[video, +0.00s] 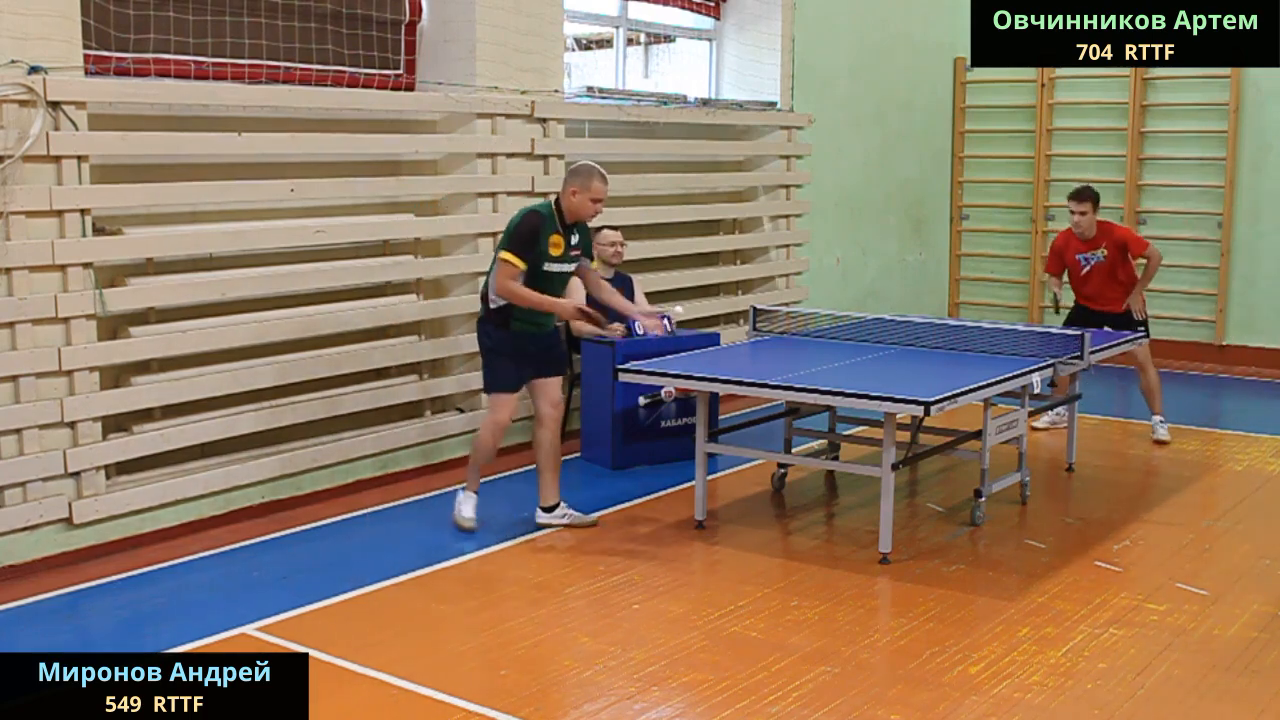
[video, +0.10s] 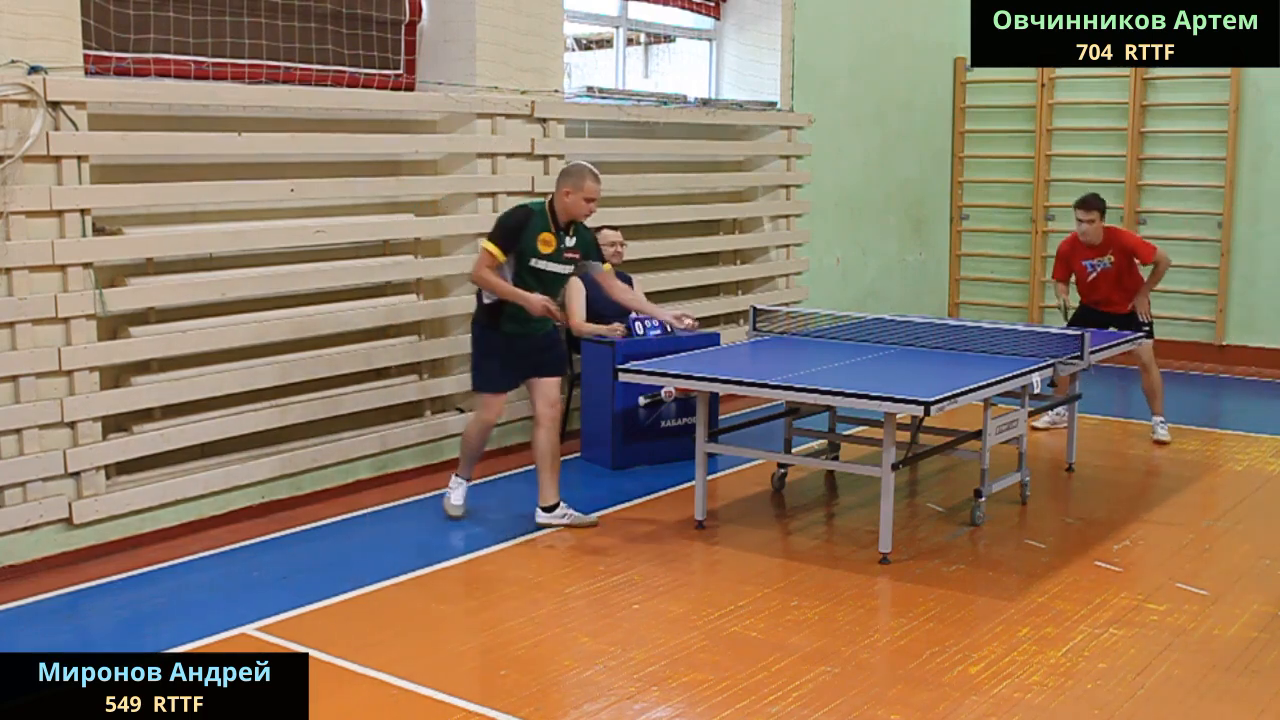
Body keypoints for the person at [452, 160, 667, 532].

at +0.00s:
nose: (599, 210)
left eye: (602, 203)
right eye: (595, 202)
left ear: (579, 196)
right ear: (572, 193)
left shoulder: (579, 229)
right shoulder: (531, 221)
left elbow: (592, 282)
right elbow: (502, 284)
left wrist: (638, 313)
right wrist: (561, 306)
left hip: (544, 330)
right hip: (504, 329)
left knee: (551, 412)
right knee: (500, 417)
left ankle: (549, 506)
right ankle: (469, 491)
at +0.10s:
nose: (593, 209)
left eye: (596, 202)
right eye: (590, 201)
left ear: (574, 197)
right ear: (565, 193)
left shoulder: (582, 236)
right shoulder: (520, 219)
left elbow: (615, 288)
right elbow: (480, 271)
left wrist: (665, 315)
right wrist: (526, 299)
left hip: (544, 330)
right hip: (497, 329)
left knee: (550, 412)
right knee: (488, 414)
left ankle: (549, 506)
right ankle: (461, 480)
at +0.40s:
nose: (551, 216)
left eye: (554, 209)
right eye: (546, 208)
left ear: (550, 206)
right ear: (522, 200)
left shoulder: (550, 237)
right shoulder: (481, 224)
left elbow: (589, 279)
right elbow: (440, 272)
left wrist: (636, 300)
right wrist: (484, 291)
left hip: (520, 332)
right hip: (473, 334)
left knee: (538, 408)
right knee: (465, 412)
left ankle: (548, 503)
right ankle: (455, 485)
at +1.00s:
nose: (568, 250)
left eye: (571, 244)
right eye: (562, 242)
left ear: (573, 238)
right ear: (540, 231)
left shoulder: (565, 258)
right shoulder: (500, 239)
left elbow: (586, 303)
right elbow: (462, 292)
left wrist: (617, 335)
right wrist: (500, 324)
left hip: (520, 325)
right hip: (476, 322)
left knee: (531, 402)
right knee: (465, 403)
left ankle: (544, 490)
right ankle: (454, 484)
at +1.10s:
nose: (577, 260)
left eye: (581, 254)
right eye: (573, 253)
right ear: (551, 241)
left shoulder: (575, 266)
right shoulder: (512, 248)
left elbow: (595, 309)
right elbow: (482, 309)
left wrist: (623, 341)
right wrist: (529, 337)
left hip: (527, 323)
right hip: (480, 320)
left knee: (534, 401)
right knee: (468, 401)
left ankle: (544, 490)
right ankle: (455, 484)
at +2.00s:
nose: (568, 282)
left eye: (570, 275)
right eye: (560, 276)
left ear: (570, 274)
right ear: (537, 276)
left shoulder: (565, 302)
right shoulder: (501, 293)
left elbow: (597, 344)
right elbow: (476, 351)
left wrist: (639, 353)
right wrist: (524, 339)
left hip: (526, 361)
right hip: (481, 368)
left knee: (578, 410)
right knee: (488, 450)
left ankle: (599, 498)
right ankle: (455, 487)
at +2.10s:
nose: (566, 277)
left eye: (567, 270)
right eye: (558, 271)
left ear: (568, 269)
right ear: (534, 273)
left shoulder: (567, 296)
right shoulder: (499, 297)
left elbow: (608, 333)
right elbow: (475, 352)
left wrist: (647, 336)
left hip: (535, 363)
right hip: (491, 367)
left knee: (587, 411)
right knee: (493, 457)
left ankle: (599, 498)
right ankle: (457, 487)